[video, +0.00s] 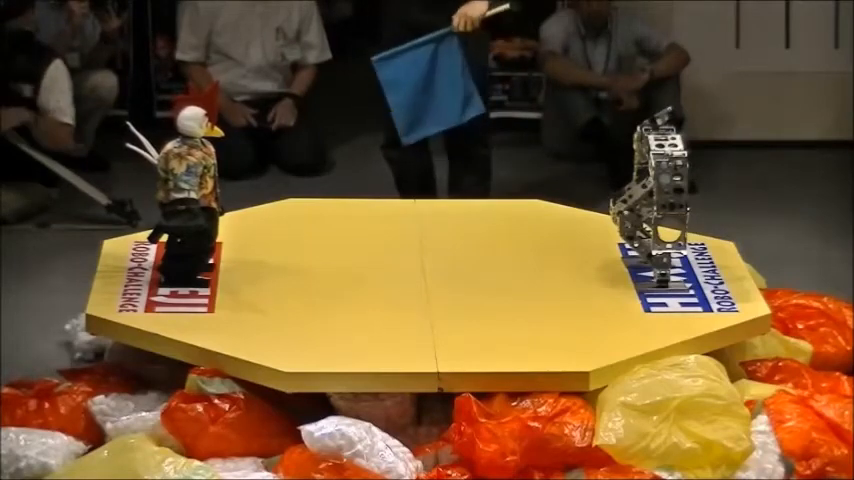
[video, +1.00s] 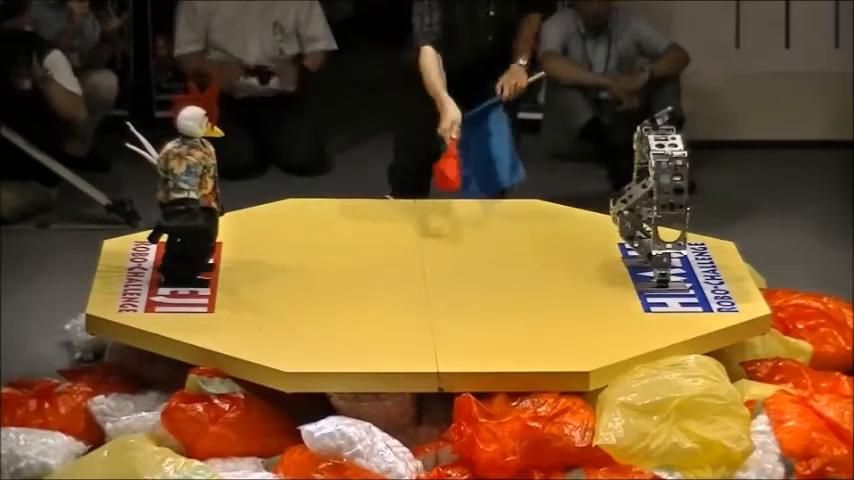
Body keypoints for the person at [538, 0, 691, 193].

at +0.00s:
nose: (594, 8)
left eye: (600, 2)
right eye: (587, 2)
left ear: (610, 4)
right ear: (575, 5)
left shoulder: (626, 25)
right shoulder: (558, 26)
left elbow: (679, 56)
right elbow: (552, 67)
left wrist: (644, 76)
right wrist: (610, 83)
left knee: (666, 78)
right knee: (563, 80)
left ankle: (670, 164)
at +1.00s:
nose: (597, 9)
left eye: (603, 3)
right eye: (590, 3)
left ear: (612, 4)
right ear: (577, 5)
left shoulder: (628, 24)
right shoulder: (559, 24)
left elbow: (679, 57)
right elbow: (551, 64)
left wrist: (644, 76)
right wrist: (609, 83)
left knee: (667, 82)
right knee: (565, 91)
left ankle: (670, 168)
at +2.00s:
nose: (597, 10)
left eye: (604, 5)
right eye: (590, 4)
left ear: (613, 5)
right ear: (576, 6)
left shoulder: (628, 23)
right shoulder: (558, 25)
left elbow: (679, 56)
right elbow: (551, 64)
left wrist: (644, 76)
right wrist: (609, 83)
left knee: (667, 77)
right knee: (562, 82)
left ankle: (667, 154)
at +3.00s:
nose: (596, 9)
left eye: (602, 3)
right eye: (589, 4)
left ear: (612, 4)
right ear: (578, 6)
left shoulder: (629, 21)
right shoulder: (559, 24)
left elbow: (680, 56)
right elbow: (550, 64)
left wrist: (644, 75)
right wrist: (608, 83)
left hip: (628, 105)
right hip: (585, 106)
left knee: (667, 81)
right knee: (565, 93)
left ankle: (664, 166)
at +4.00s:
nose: (597, 10)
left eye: (603, 4)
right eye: (589, 4)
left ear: (613, 5)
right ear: (576, 6)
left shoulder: (629, 23)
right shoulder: (558, 25)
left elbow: (679, 56)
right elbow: (551, 65)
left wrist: (645, 75)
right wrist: (608, 82)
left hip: (626, 113)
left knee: (668, 79)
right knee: (563, 90)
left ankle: (662, 165)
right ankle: (615, 167)